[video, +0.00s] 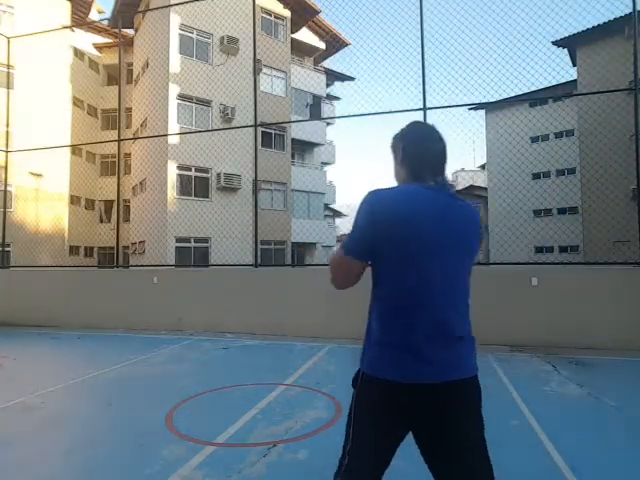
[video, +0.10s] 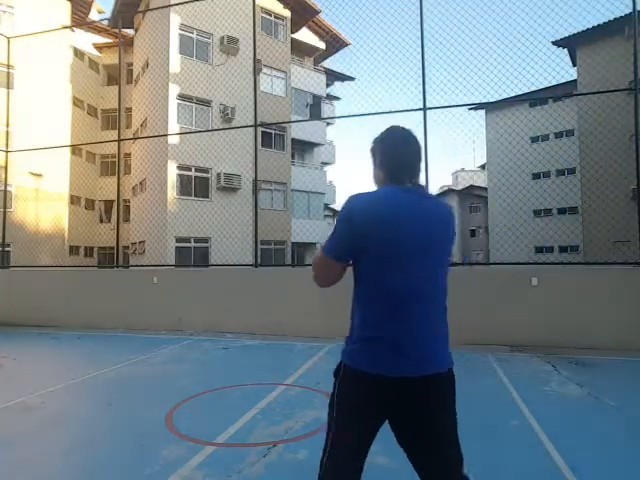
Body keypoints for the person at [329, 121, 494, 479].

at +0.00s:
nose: (394, 165)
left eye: (394, 158)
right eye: (394, 157)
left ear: (402, 160)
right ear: (441, 161)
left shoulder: (380, 204)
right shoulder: (469, 214)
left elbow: (342, 277)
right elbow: (455, 267)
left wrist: (346, 244)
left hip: (387, 381)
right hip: (454, 383)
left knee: (356, 472)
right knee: (470, 473)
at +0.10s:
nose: (372, 167)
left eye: (373, 160)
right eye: (373, 160)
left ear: (380, 163)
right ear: (416, 164)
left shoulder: (360, 208)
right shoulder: (443, 214)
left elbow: (323, 276)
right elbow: (434, 266)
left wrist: (346, 245)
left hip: (367, 374)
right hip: (430, 373)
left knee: (339, 470)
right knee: (445, 471)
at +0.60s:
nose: (349, 188)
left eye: (350, 183)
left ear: (352, 186)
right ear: (389, 191)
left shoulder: (325, 216)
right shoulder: (406, 227)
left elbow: (297, 279)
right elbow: (400, 290)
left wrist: (329, 261)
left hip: (325, 354)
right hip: (378, 357)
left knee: (297, 427)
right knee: (391, 452)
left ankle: (295, 477)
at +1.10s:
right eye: (321, 204)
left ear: (291, 200)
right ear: (322, 206)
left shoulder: (263, 222)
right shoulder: (330, 233)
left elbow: (246, 263)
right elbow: (327, 268)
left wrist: (278, 251)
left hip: (264, 340)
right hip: (307, 343)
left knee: (260, 398)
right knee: (322, 427)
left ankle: (250, 466)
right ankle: (311, 476)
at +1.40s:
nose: (288, 232)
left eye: (289, 229)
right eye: (289, 229)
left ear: (264, 215)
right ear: (282, 226)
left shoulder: (239, 229)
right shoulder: (274, 245)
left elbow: (257, 219)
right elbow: (295, 260)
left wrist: (273, 220)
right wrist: (285, 231)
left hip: (214, 339)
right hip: (247, 345)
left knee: (231, 385)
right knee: (275, 415)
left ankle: (222, 445)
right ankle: (278, 474)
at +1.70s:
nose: (256, 221)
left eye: (257, 216)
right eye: (257, 216)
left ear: (231, 208)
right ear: (249, 213)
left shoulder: (203, 230)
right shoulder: (243, 233)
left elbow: (201, 268)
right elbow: (260, 272)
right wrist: (255, 239)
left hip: (191, 324)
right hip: (218, 329)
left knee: (223, 387)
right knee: (217, 398)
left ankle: (223, 443)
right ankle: (159, 465)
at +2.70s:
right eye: (202, 220)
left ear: (177, 225)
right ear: (202, 222)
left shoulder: (165, 245)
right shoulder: (214, 234)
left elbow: (166, 280)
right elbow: (238, 254)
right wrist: (226, 239)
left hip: (176, 322)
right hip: (209, 320)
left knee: (183, 371)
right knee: (207, 384)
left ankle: (184, 420)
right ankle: (188, 457)